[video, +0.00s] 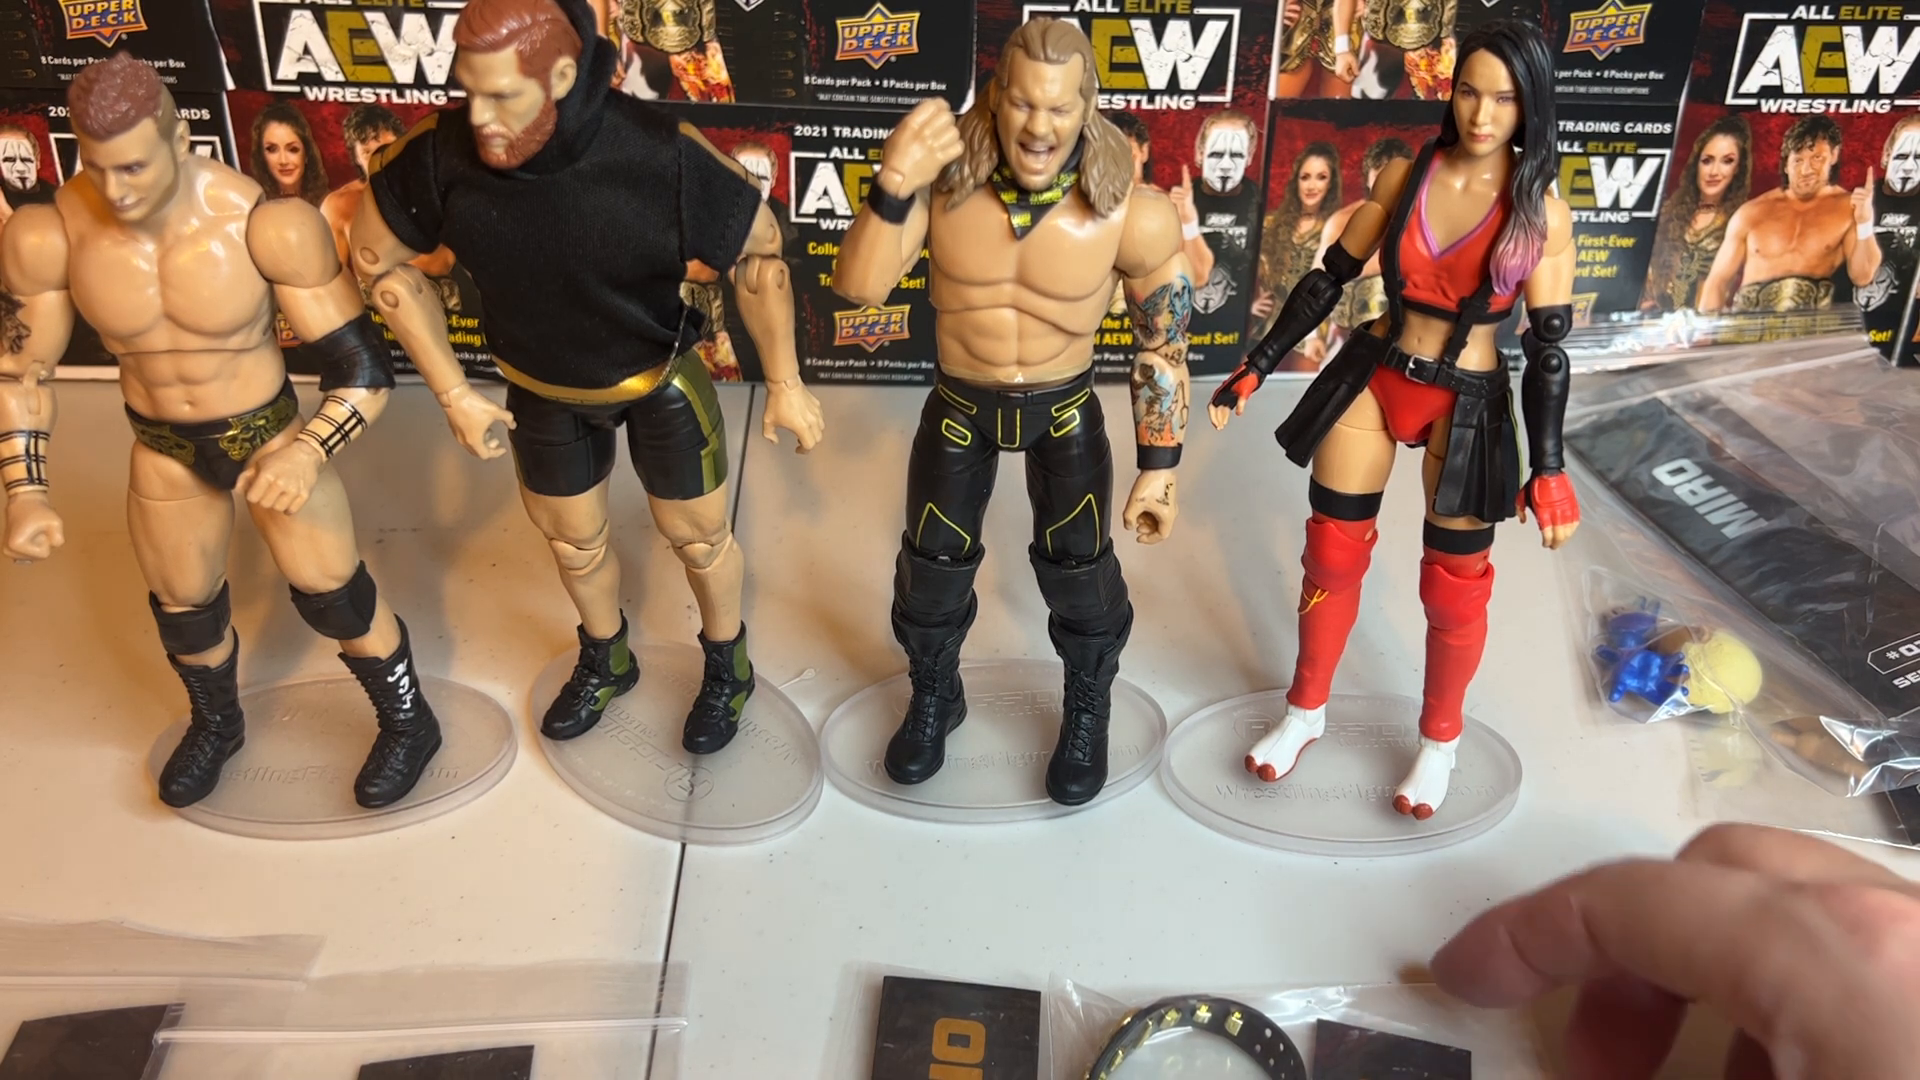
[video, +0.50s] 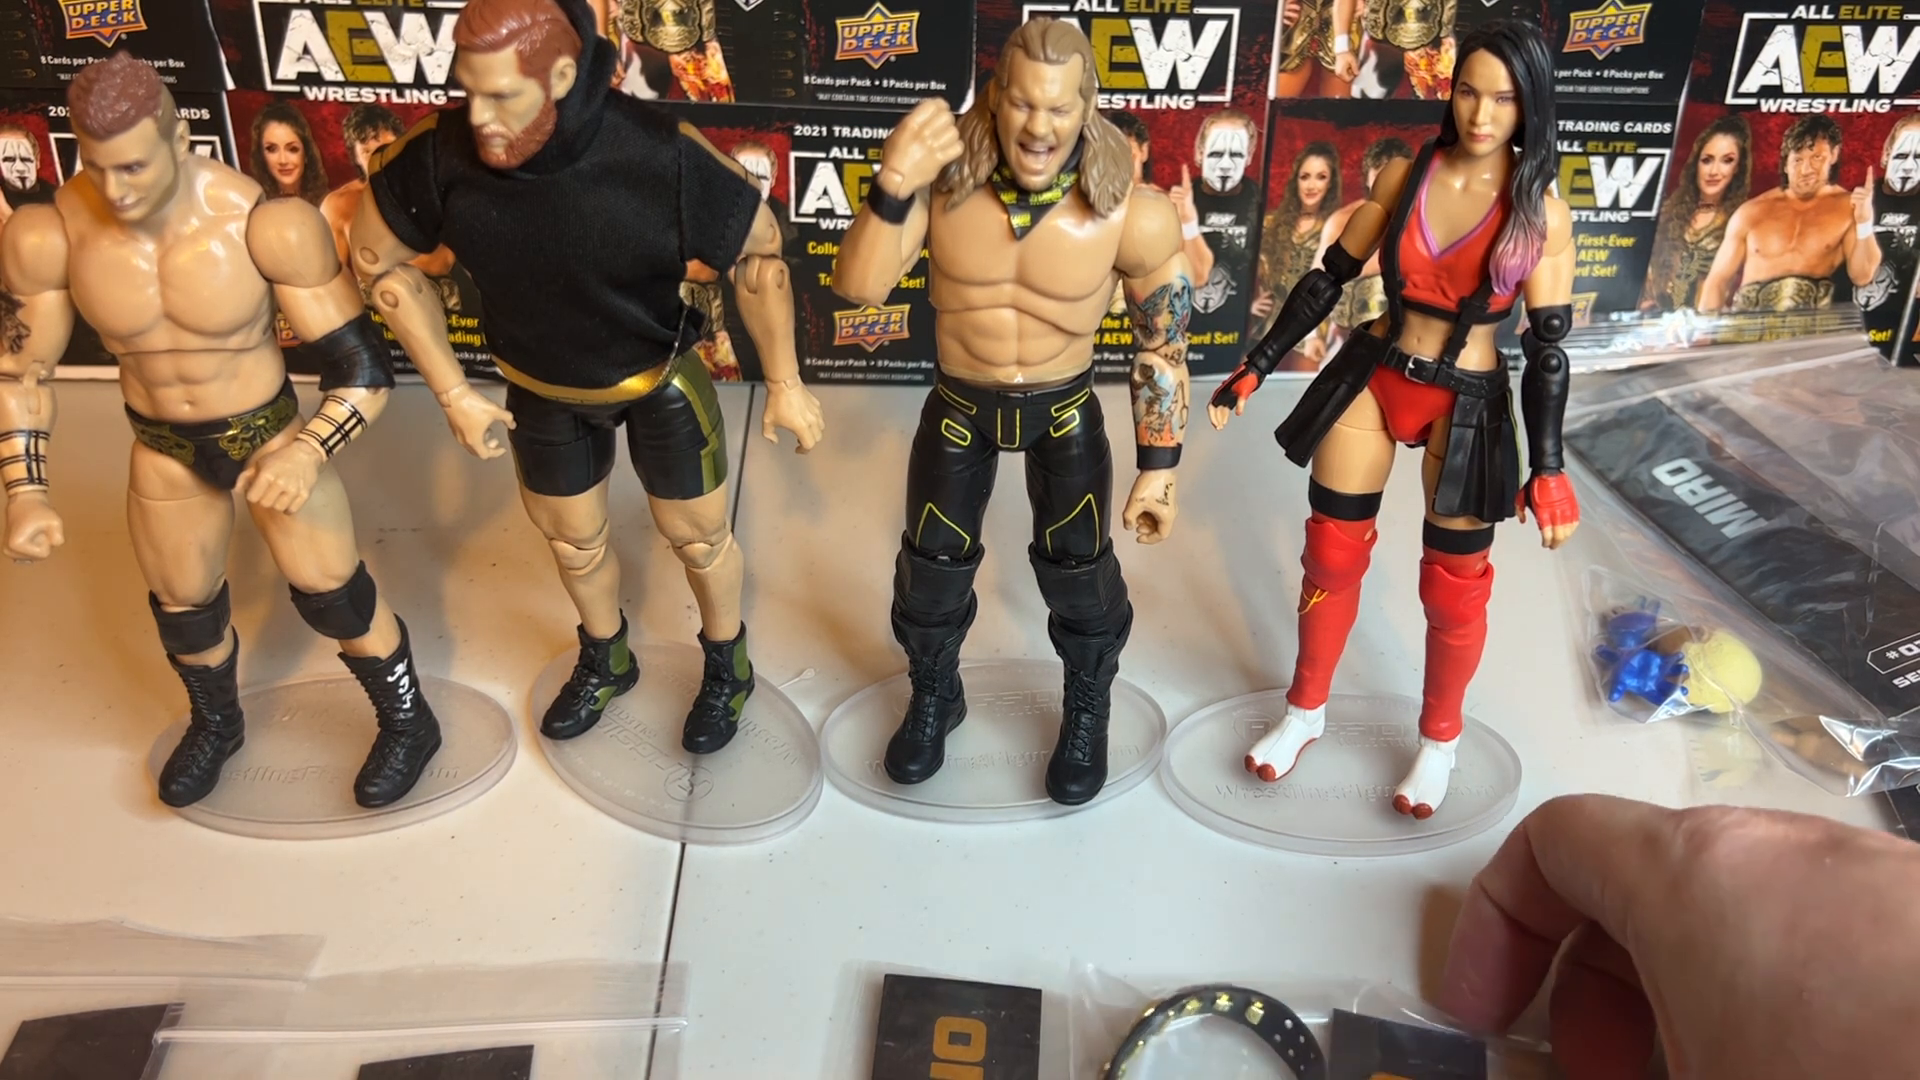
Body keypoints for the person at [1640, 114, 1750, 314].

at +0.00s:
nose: (1714, 171)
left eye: (1727, 161)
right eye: (1707, 160)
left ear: (1739, 168)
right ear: (1695, 164)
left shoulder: (1743, 219)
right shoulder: (1671, 212)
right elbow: (1654, 267)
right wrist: (1649, 300)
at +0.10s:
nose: (1714, 171)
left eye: (1727, 161)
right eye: (1707, 160)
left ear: (1739, 168)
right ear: (1695, 164)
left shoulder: (1742, 220)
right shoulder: (1671, 212)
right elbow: (1654, 266)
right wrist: (1649, 300)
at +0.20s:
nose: (1714, 171)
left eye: (1727, 161)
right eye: (1707, 160)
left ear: (1739, 168)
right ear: (1695, 164)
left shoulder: (1743, 220)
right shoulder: (1671, 213)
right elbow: (1653, 267)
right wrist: (1649, 300)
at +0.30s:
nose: (1714, 171)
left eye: (1727, 161)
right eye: (1707, 160)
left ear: (1739, 168)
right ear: (1695, 164)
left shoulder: (1743, 219)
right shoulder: (1671, 212)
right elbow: (1654, 266)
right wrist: (1648, 300)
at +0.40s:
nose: (1714, 171)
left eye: (1727, 161)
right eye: (1707, 160)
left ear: (1739, 168)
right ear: (1696, 164)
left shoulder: (1742, 219)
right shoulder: (1671, 212)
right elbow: (1654, 266)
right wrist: (1649, 300)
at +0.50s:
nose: (1714, 171)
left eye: (1727, 160)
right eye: (1706, 160)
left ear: (1739, 167)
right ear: (1695, 163)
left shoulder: (1742, 219)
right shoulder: (1671, 212)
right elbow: (1653, 266)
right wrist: (1649, 299)